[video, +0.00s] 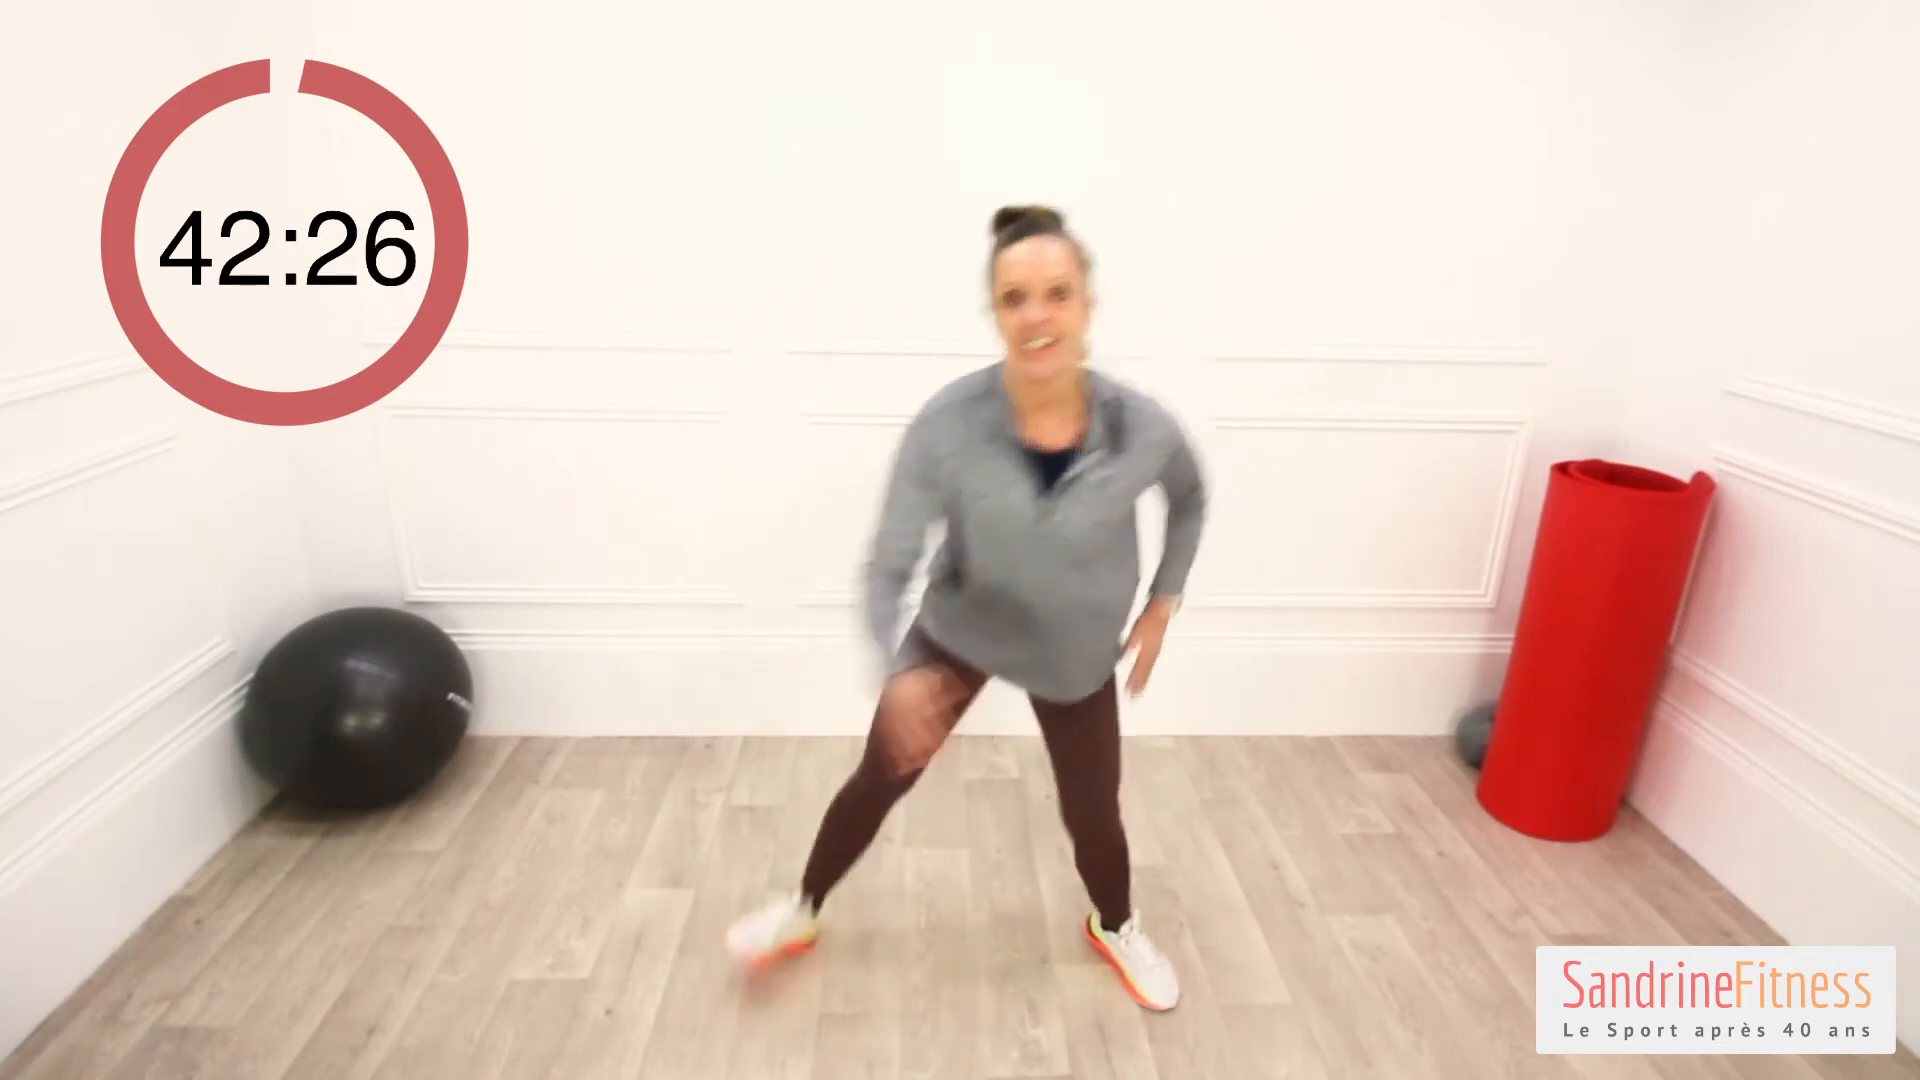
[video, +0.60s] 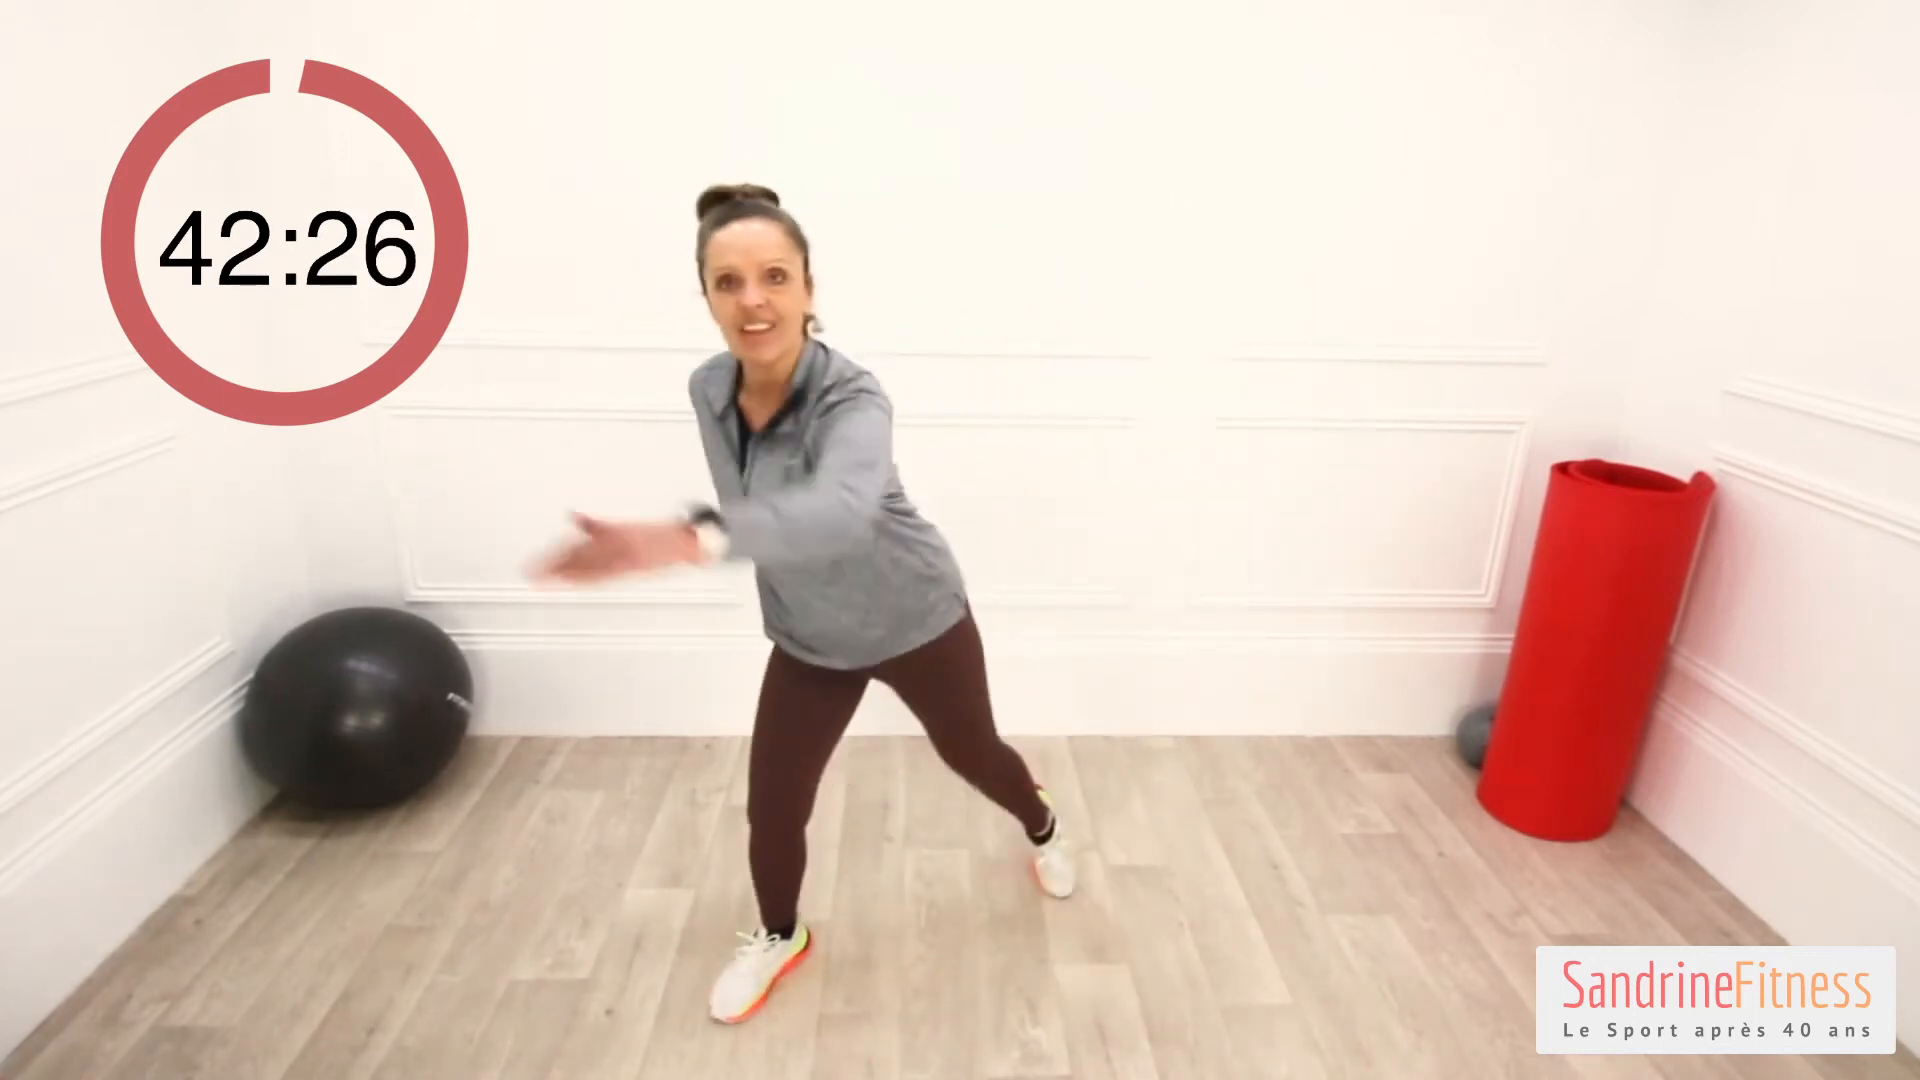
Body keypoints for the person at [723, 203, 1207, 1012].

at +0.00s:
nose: (1037, 318)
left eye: (1057, 295)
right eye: (1015, 299)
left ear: (1089, 306)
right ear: (994, 315)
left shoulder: (1142, 428)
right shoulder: (947, 428)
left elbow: (1190, 499)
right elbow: (888, 567)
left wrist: (1164, 598)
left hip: (1078, 639)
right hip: (964, 624)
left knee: (1094, 810)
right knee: (887, 770)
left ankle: (1116, 927)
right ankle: (803, 908)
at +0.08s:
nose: (976, 346)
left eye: (996, 325)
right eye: (956, 328)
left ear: (1030, 335)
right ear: (936, 342)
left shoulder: (1080, 462)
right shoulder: (892, 454)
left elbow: (1136, 563)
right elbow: (818, 583)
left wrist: (1121, 674)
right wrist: (800, 703)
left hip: (1051, 671)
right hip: (936, 659)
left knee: (1072, 829)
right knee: (863, 808)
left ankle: (1116, 930)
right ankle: (787, 930)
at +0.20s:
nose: (882, 332)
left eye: (903, 309)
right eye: (861, 311)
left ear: (937, 319)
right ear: (839, 324)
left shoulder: (986, 448)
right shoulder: (798, 445)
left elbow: (1038, 594)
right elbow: (749, 544)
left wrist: (992, 694)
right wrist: (750, 653)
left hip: (996, 654)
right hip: (879, 660)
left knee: (1052, 800)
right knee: (821, 813)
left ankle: (1120, 922)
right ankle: (779, 935)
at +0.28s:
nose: (827, 303)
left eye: (849, 280)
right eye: (806, 284)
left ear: (885, 292)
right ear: (785, 299)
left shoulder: (934, 419)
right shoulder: (755, 413)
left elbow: (987, 590)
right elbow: (743, 499)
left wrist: (890, 655)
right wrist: (763, 591)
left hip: (958, 615)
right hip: (844, 632)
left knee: (1043, 761)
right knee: (808, 802)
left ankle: (1118, 898)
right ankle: (778, 933)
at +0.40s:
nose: (776, 286)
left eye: (797, 263)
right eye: (753, 267)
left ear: (832, 276)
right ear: (731, 284)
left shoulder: (877, 392)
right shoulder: (725, 380)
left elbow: (903, 543)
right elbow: (777, 505)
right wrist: (836, 577)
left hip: (937, 606)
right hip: (834, 614)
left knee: (1005, 740)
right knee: (799, 796)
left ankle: (1088, 833)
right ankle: (781, 932)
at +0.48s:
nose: (757, 291)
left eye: (779, 268)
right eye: (734, 273)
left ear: (815, 282)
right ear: (713, 293)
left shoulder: (857, 388)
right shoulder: (716, 381)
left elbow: (854, 505)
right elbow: (758, 494)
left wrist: (695, 522)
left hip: (925, 613)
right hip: (824, 626)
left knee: (983, 746)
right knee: (782, 799)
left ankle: (1059, 819)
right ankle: (781, 934)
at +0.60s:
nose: (754, 302)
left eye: (774, 278)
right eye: (729, 283)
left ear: (809, 291)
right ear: (709, 302)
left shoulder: (853, 401)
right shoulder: (710, 391)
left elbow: (843, 509)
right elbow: (753, 510)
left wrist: (696, 536)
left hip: (916, 618)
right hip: (812, 631)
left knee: (972, 753)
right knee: (774, 806)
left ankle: (1045, 829)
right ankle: (780, 934)